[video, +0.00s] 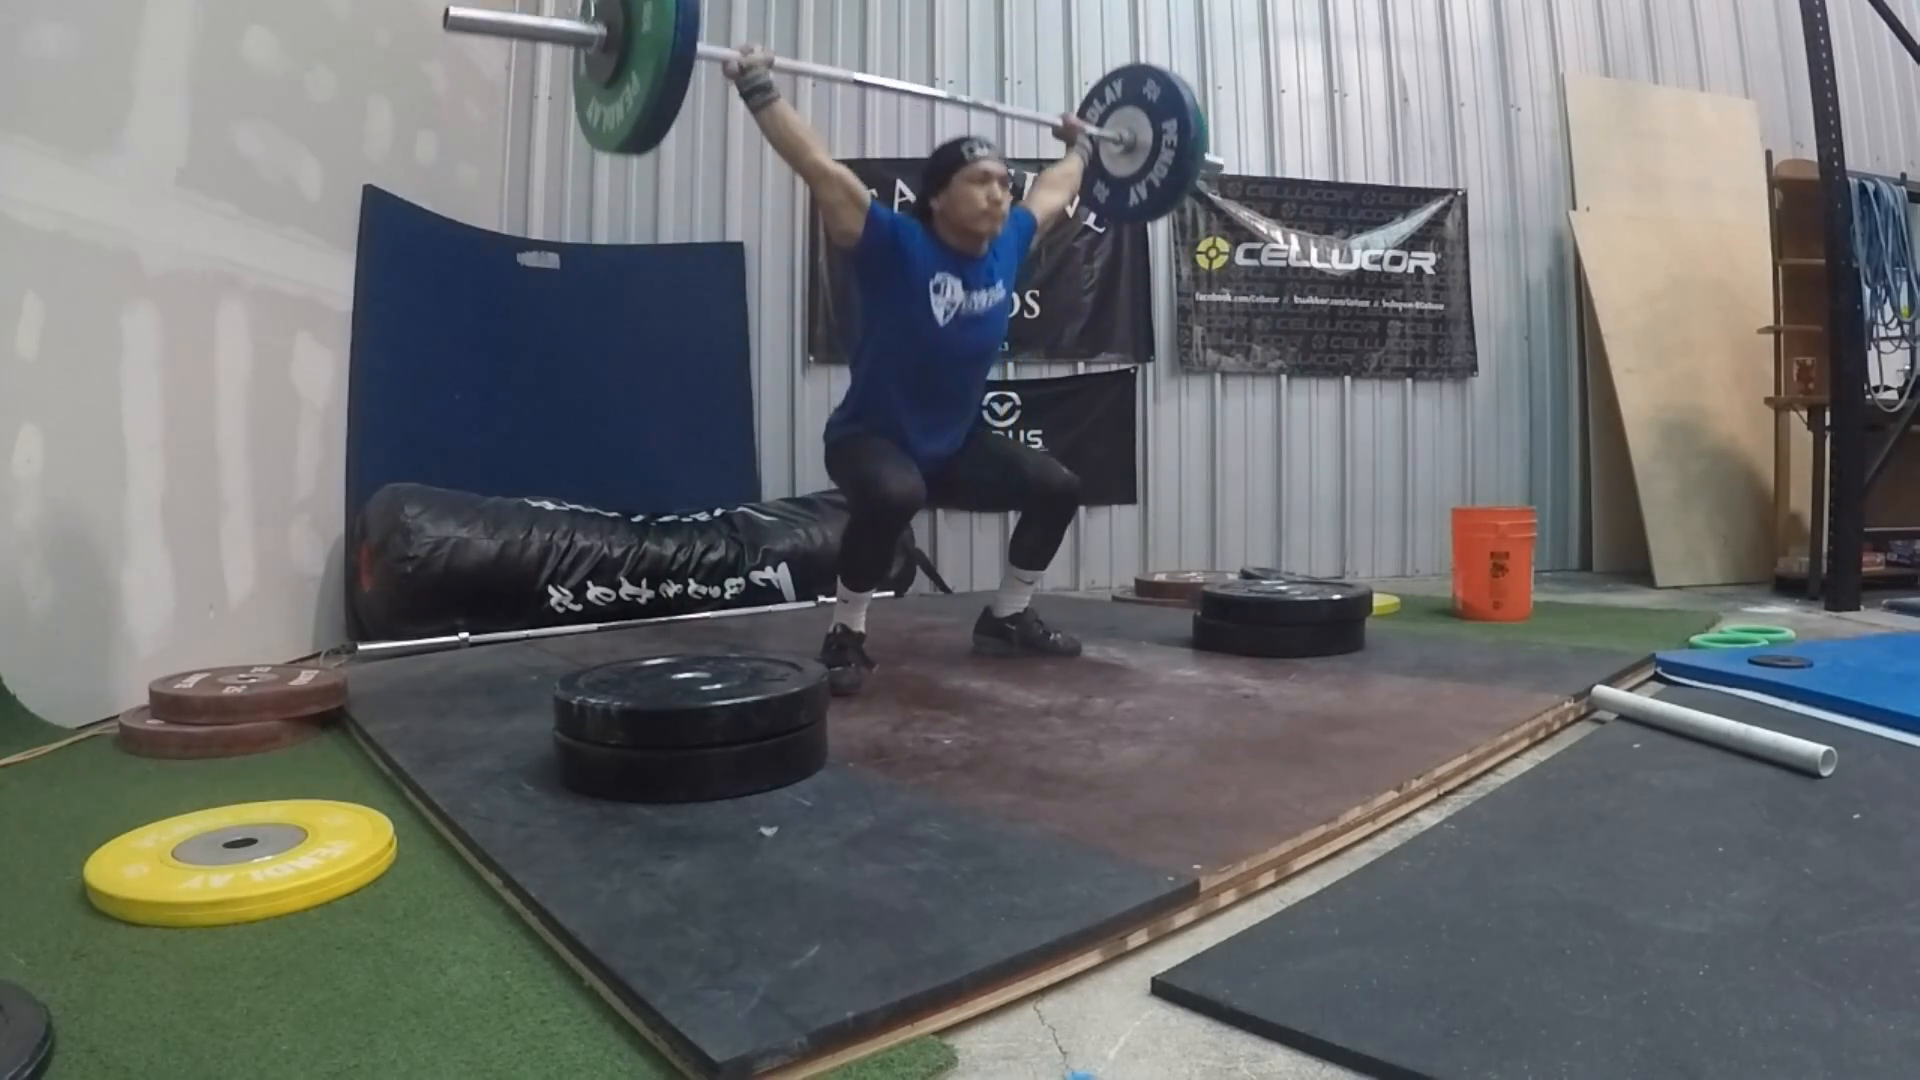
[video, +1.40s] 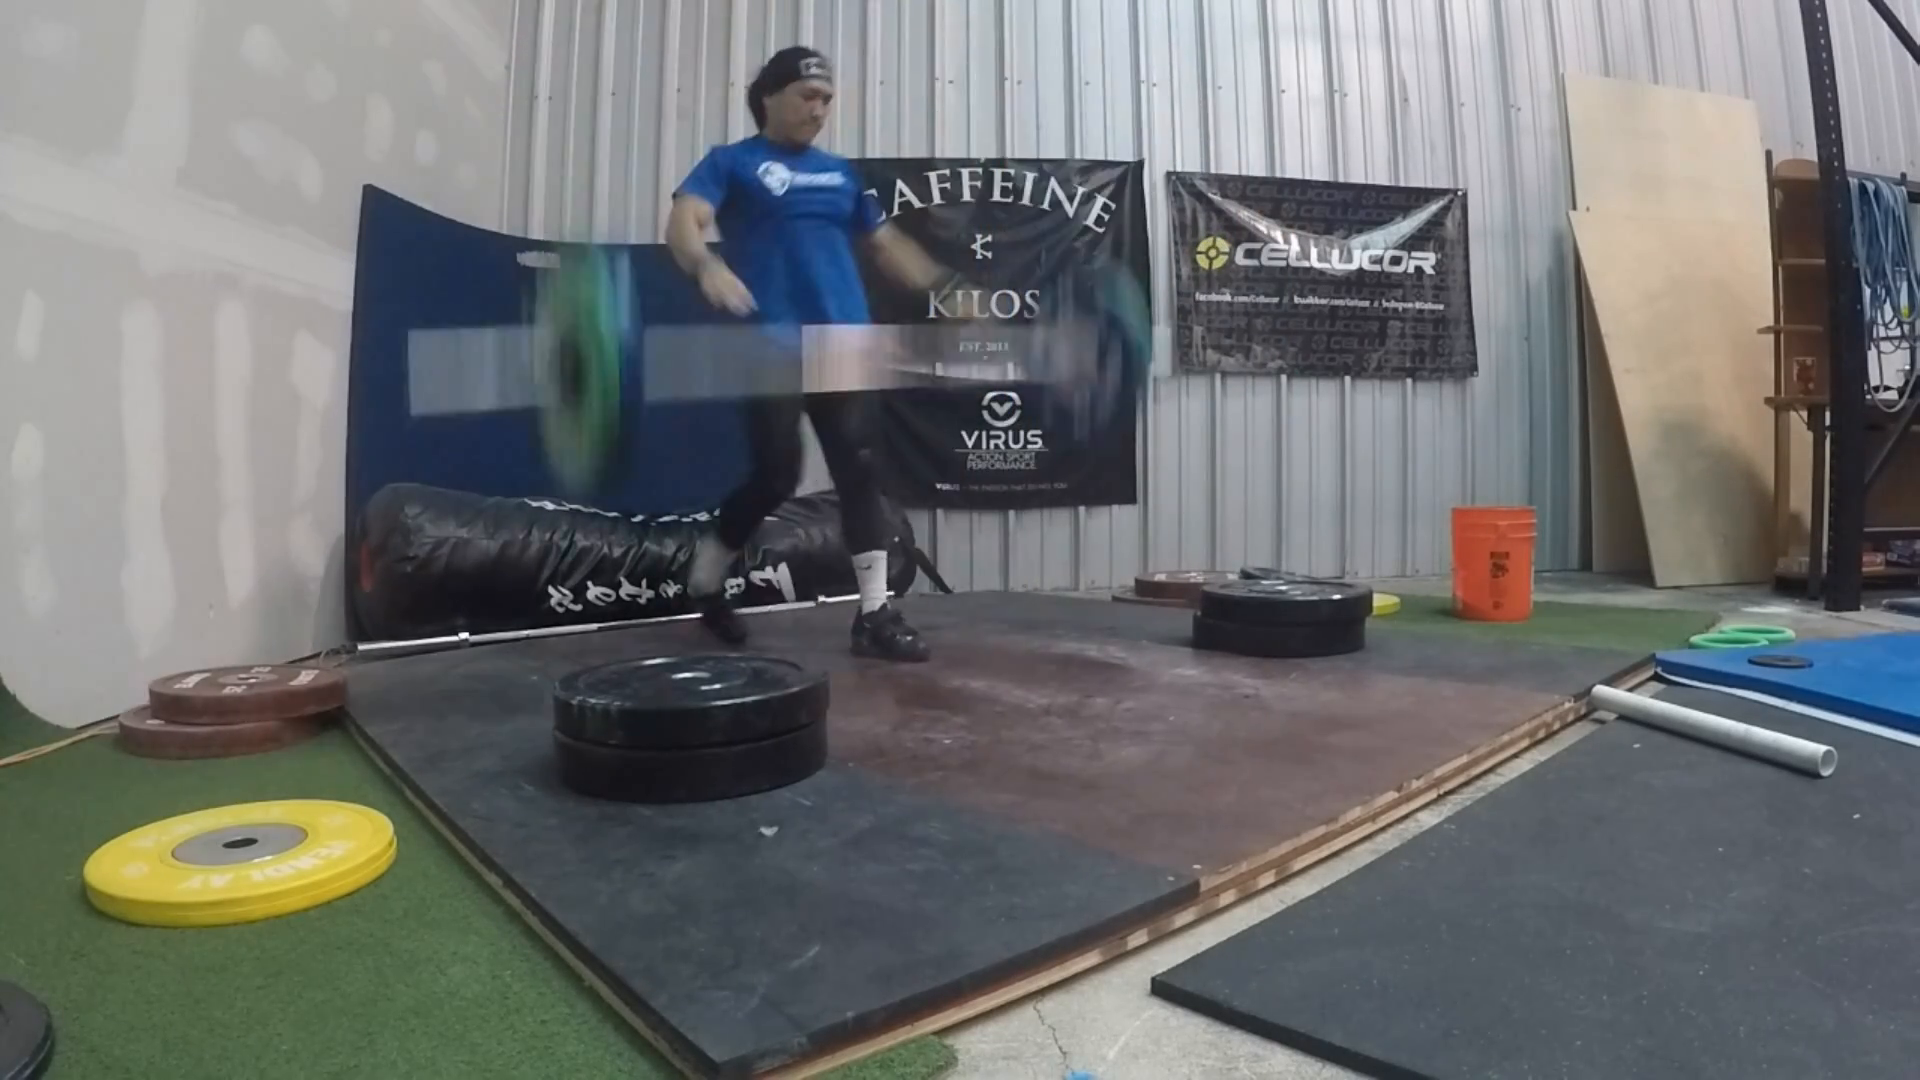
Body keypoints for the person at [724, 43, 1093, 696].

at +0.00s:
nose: (998, 194)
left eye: (1001, 184)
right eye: (982, 182)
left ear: (1006, 200)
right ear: (938, 197)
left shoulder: (1006, 247)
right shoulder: (890, 244)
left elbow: (1052, 192)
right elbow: (820, 171)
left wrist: (1080, 148)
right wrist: (759, 87)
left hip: (954, 446)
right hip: (871, 439)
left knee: (1057, 487)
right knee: (895, 493)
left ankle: (1006, 616)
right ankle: (846, 633)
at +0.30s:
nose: (980, 126)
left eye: (985, 113)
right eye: (963, 112)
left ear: (988, 127)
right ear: (919, 125)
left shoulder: (987, 176)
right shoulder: (872, 173)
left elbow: (1034, 132)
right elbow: (802, 100)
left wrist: (1066, 89)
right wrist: (740, 20)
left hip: (943, 395)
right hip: (863, 392)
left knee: (1041, 480)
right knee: (890, 488)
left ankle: (1005, 615)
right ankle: (838, 629)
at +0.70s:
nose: (923, 41)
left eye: (929, 29)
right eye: (910, 25)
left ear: (931, 41)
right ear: (864, 30)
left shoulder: (935, 88)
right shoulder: (820, 76)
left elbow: (988, 42)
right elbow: (762, 12)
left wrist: (1030, 6)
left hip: (910, 318)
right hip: (830, 316)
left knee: (940, 456)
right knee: (835, 458)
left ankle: (901, 588)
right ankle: (824, 627)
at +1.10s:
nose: (863, 79)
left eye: (870, 69)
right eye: (849, 67)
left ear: (874, 75)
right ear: (809, 72)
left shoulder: (887, 131)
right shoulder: (777, 126)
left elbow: (958, 106)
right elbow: (702, 82)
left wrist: (1004, 51)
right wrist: (690, 8)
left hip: (897, 331)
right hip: (824, 332)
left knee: (901, 468)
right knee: (828, 463)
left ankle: (880, 614)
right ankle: (822, 629)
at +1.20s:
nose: (846, 91)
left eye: (852, 81)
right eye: (832, 78)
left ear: (856, 86)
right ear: (792, 82)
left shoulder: (869, 144)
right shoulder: (763, 139)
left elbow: (938, 161)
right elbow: (683, 140)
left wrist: (996, 117)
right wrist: (691, 66)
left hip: (883, 328)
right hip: (812, 330)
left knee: (883, 465)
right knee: (817, 454)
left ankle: (879, 614)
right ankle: (805, 612)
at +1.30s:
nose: (835, 96)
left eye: (841, 86)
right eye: (823, 83)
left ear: (846, 93)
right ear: (783, 88)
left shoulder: (855, 156)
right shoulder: (746, 148)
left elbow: (928, 215)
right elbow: (675, 201)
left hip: (866, 328)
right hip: (796, 329)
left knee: (870, 459)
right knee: (809, 449)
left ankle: (878, 612)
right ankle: (757, 585)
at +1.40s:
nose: (819, 109)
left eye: (825, 100)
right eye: (807, 97)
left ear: (829, 105)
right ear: (767, 99)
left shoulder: (843, 174)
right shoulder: (732, 162)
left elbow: (889, 247)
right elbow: (681, 224)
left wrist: (943, 285)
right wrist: (708, 267)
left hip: (842, 350)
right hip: (770, 350)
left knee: (860, 469)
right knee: (777, 474)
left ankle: (875, 612)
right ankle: (706, 582)